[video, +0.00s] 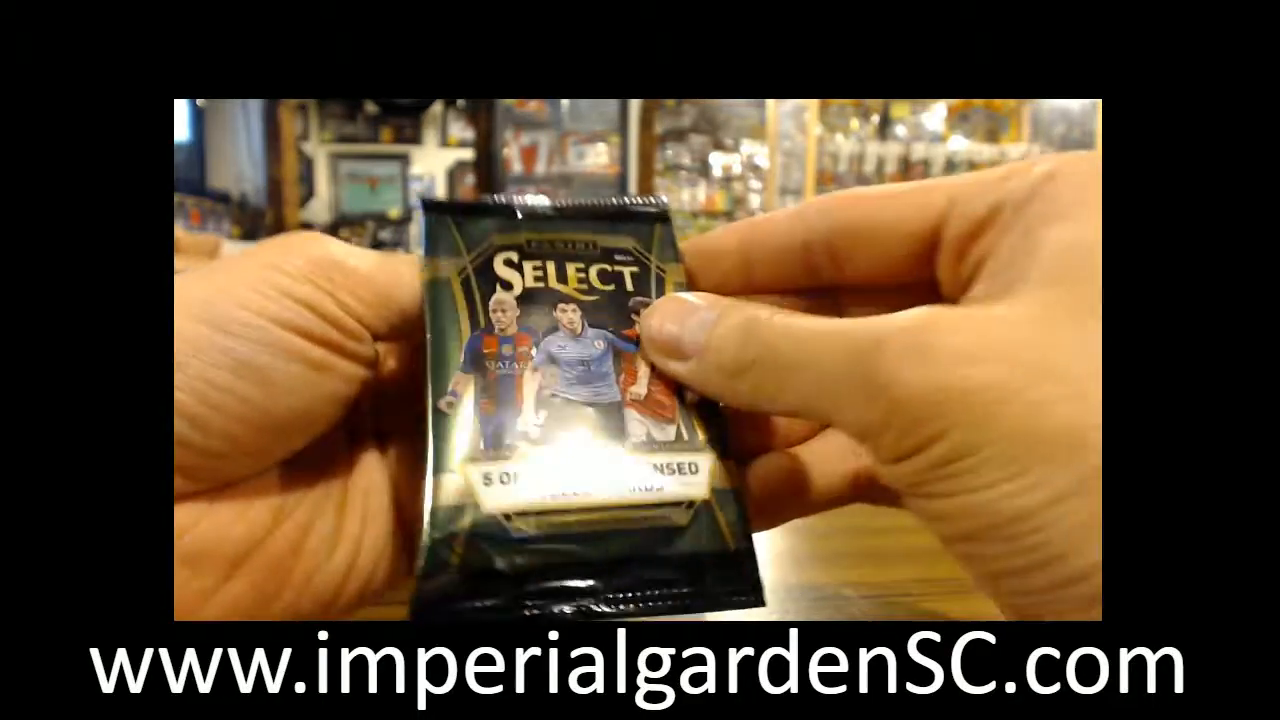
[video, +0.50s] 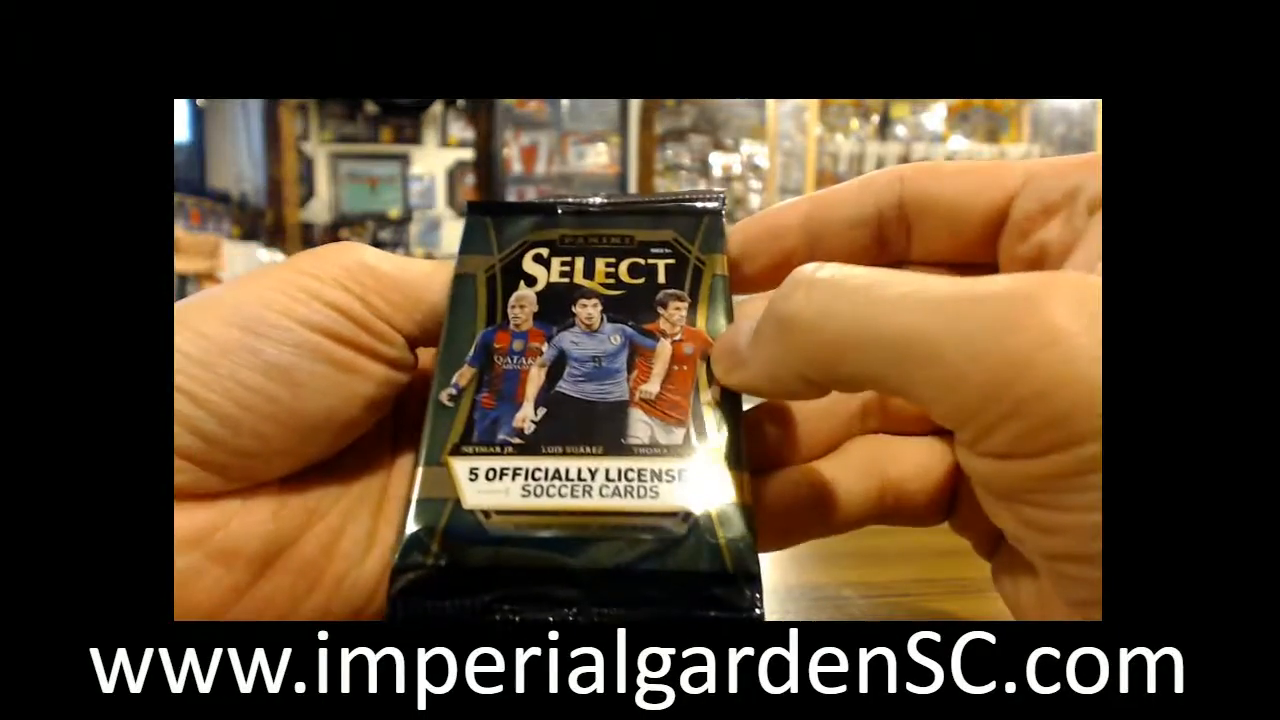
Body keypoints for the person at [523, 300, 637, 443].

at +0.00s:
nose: (570, 316)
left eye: (574, 311)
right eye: (563, 311)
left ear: (581, 313)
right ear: (555, 314)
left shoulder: (603, 336)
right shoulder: (550, 343)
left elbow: (637, 351)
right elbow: (532, 372)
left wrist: (641, 383)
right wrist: (528, 411)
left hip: (607, 402)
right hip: (570, 402)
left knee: (614, 454)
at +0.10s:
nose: (568, 315)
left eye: (572, 310)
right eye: (562, 310)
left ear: (579, 312)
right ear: (554, 314)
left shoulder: (601, 334)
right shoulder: (546, 340)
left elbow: (638, 347)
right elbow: (526, 369)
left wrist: (639, 379)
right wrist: (519, 405)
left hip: (601, 401)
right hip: (561, 401)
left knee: (603, 455)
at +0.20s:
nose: (563, 301)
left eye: (568, 296)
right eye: (558, 296)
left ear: (575, 297)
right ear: (548, 299)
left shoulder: (596, 319)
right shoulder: (539, 326)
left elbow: (636, 331)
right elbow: (516, 354)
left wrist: (632, 364)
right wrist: (506, 390)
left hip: (590, 388)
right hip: (547, 387)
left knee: (593, 442)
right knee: (510, 429)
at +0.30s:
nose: (575, 303)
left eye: (580, 297)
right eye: (569, 298)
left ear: (588, 299)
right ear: (560, 300)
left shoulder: (608, 322)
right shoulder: (550, 327)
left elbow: (649, 336)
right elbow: (526, 357)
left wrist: (642, 371)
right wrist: (514, 395)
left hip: (599, 395)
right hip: (555, 392)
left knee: (599, 450)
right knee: (518, 436)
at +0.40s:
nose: (587, 308)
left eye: (592, 303)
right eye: (581, 303)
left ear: (599, 304)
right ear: (572, 306)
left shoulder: (619, 328)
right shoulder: (561, 333)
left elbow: (660, 342)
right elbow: (537, 363)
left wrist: (652, 377)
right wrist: (525, 400)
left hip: (609, 401)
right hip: (566, 399)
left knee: (610, 458)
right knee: (533, 444)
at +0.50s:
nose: (590, 311)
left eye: (594, 306)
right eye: (583, 306)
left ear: (601, 308)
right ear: (574, 309)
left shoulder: (621, 331)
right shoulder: (564, 337)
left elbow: (663, 346)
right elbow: (539, 367)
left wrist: (654, 381)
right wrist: (528, 405)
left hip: (612, 404)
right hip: (569, 402)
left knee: (612, 462)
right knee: (534, 447)